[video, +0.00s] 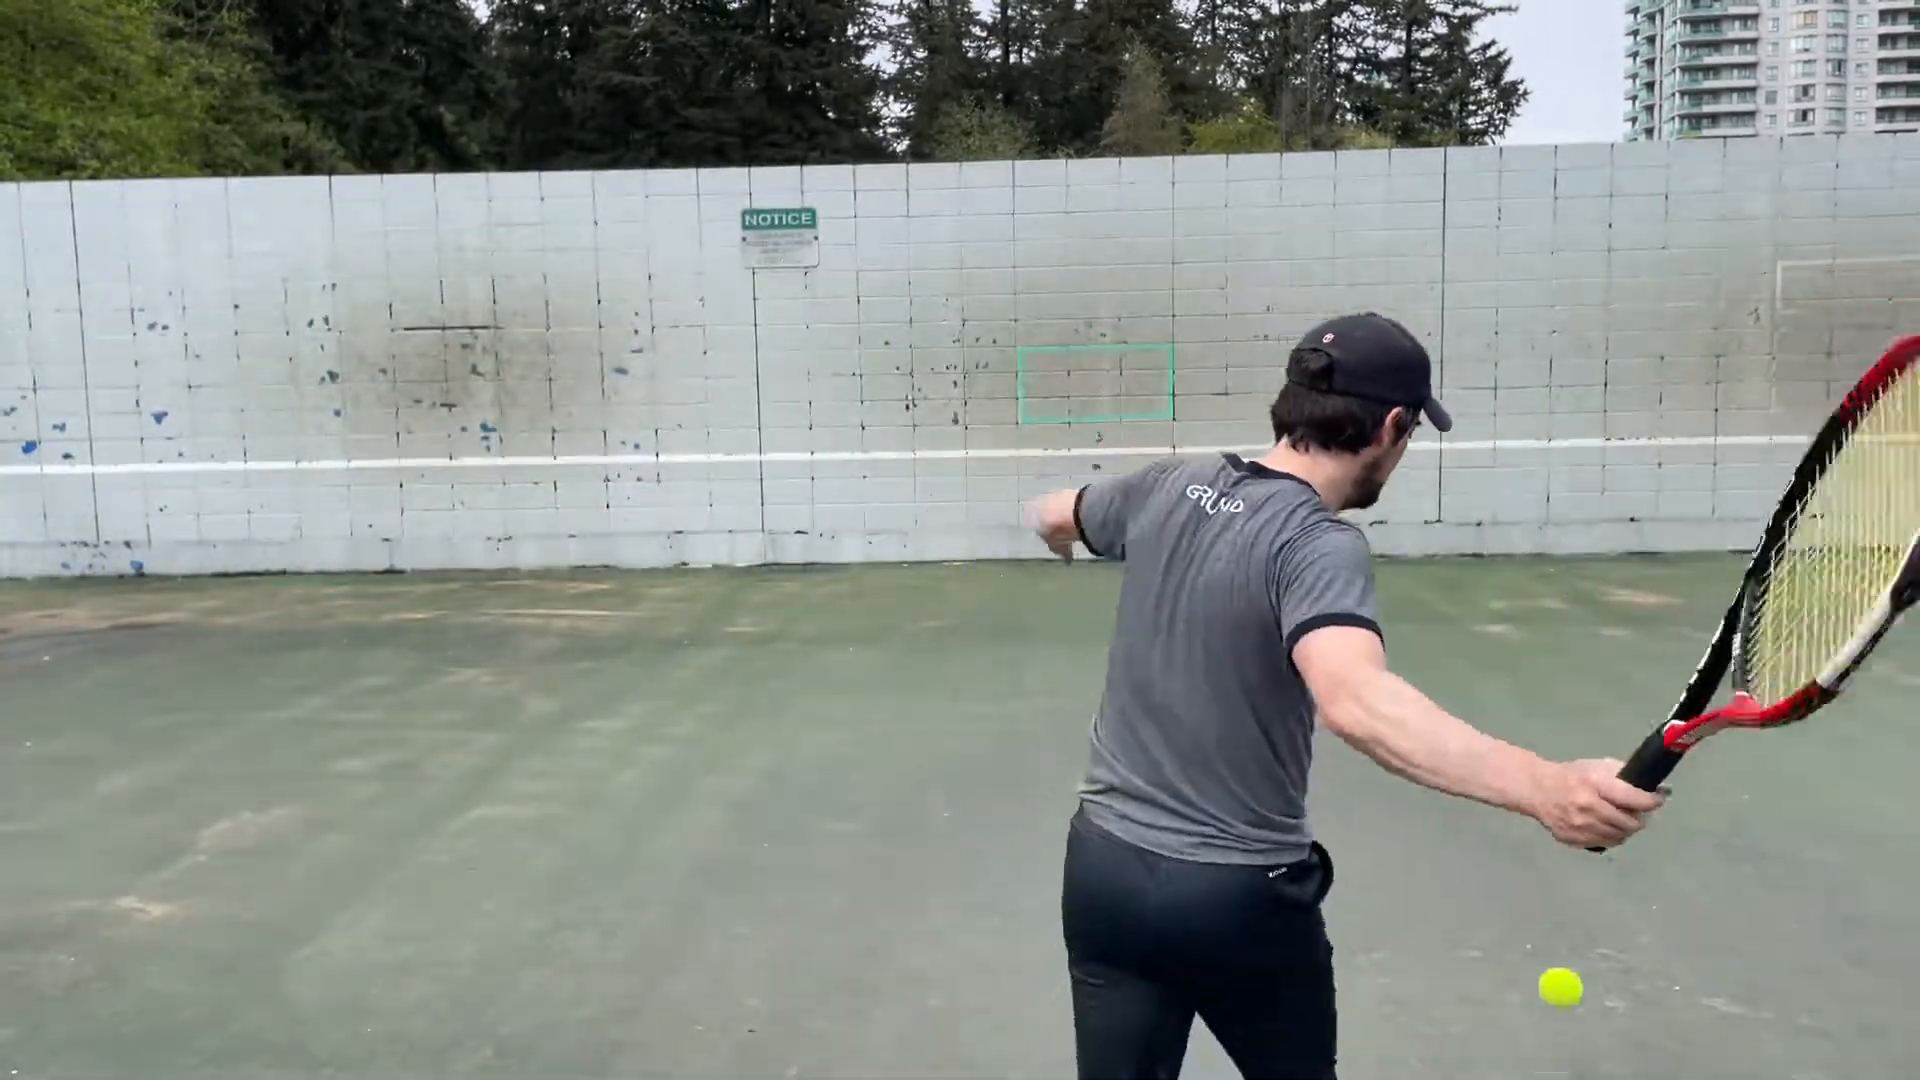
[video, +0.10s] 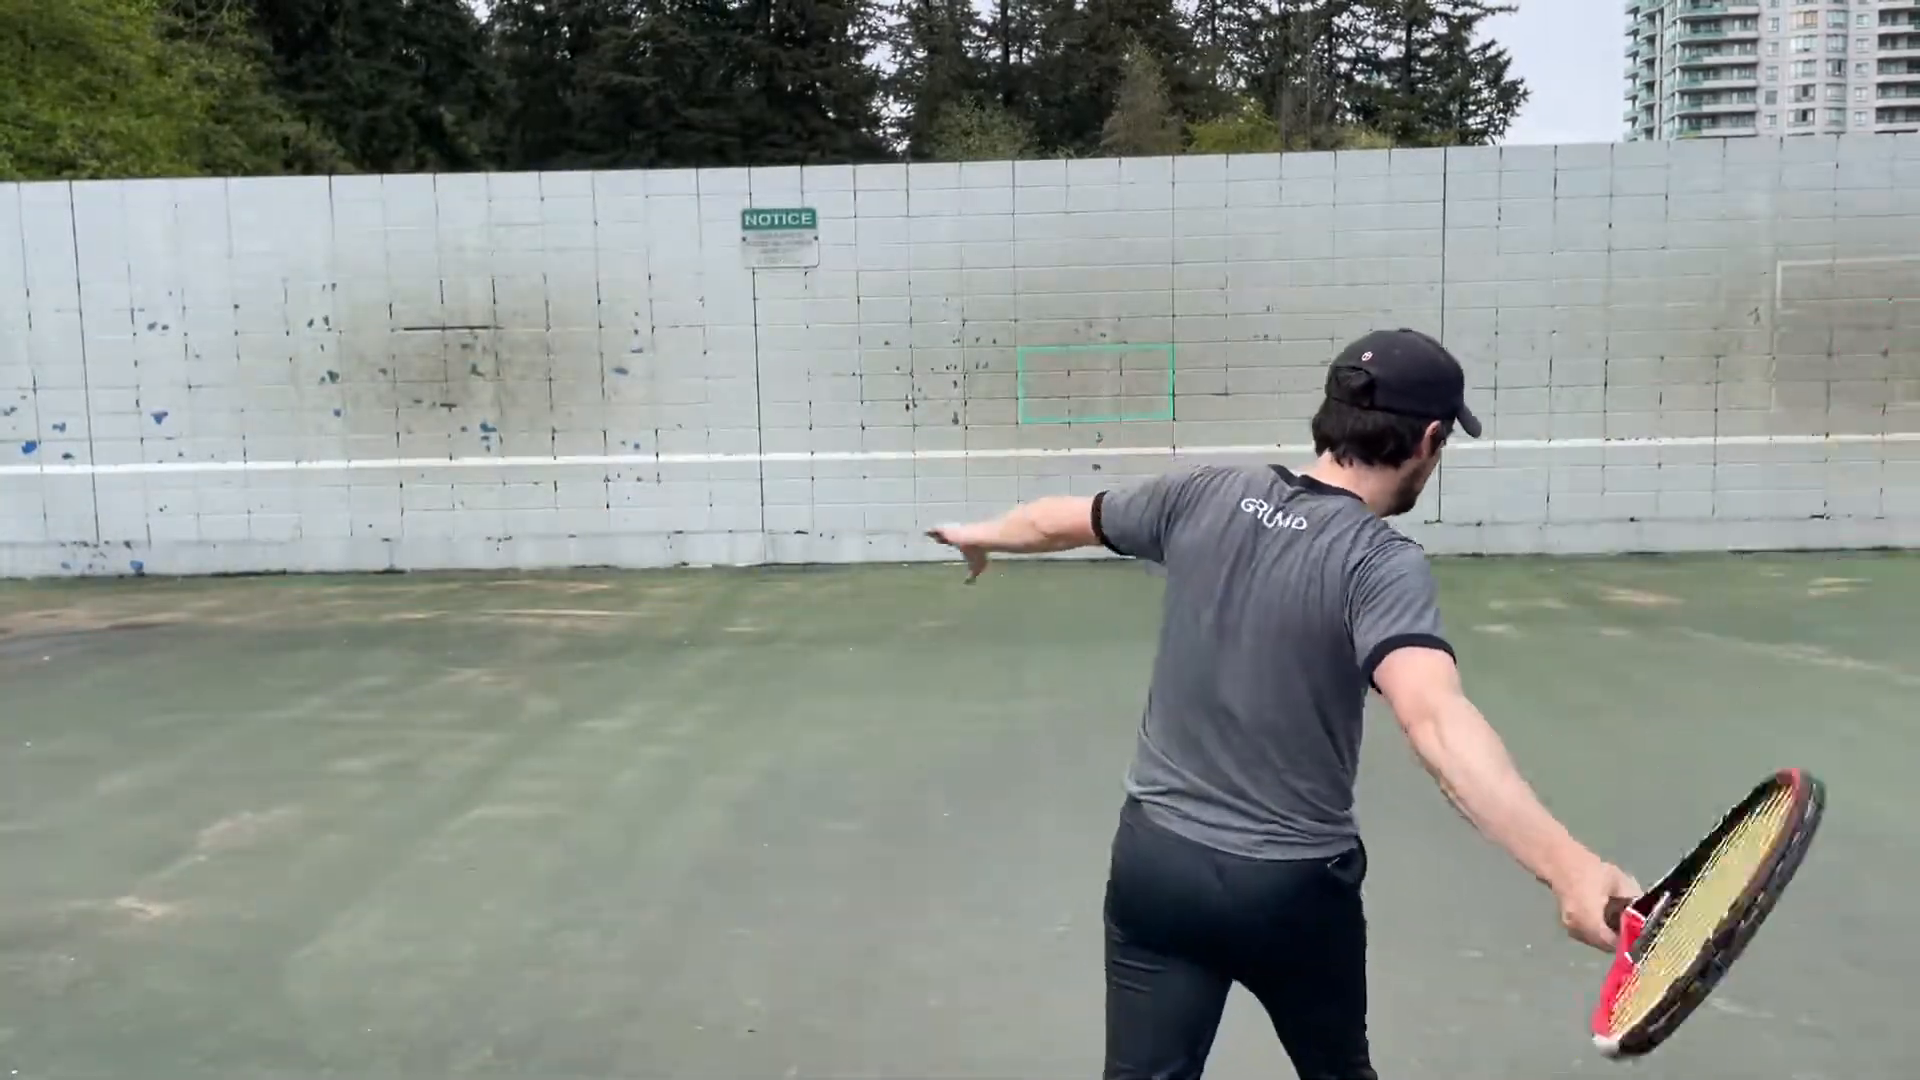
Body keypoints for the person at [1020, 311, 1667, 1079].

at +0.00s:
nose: (1403, 450)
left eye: (1412, 433)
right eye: (1410, 430)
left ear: (1292, 404)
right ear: (1387, 428)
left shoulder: (1169, 486)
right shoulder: (1318, 542)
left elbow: (1055, 516)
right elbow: (1354, 699)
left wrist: (1068, 518)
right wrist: (1545, 786)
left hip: (1106, 870)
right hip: (1242, 899)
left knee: (1116, 1070)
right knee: (1295, 1064)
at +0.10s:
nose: (1441, 457)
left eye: (1443, 439)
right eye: (1444, 439)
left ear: (1328, 418)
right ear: (1427, 441)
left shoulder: (1206, 493)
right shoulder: (1379, 557)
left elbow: (1056, 519)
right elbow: (1436, 720)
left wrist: (983, 538)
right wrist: (1568, 867)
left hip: (1157, 867)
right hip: (1293, 889)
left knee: (1142, 1070)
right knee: (1337, 1064)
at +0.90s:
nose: (1248, 337)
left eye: (1252, 326)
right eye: (1258, 325)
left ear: (1257, 345)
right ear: (1358, 353)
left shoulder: (1266, 496)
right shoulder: (1384, 458)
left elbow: (1239, 686)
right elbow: (1241, 496)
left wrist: (1148, 730)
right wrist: (1110, 517)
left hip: (1265, 801)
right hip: (1373, 791)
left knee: (1195, 1041)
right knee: (1352, 1028)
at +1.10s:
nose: (1186, 356)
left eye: (1187, 345)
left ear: (1191, 363)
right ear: (1298, 370)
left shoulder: (1161, 496)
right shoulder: (1350, 493)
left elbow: (1149, 683)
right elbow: (1361, 660)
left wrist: (1096, 715)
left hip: (1203, 827)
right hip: (1328, 822)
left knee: (1194, 1065)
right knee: (1332, 1047)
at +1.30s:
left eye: (1188, 343)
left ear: (1182, 361)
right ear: (1289, 370)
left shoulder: (1112, 498)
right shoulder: (1344, 500)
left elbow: (1078, 693)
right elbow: (1395, 688)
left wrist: (1136, 728)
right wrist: (1297, 739)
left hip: (1164, 847)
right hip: (1303, 850)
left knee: (1174, 1069)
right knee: (1330, 1067)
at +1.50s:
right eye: (1338, 355)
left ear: (1213, 362)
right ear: (1331, 377)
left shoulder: (1127, 502)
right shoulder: (1367, 523)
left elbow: (1103, 695)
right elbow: (1413, 732)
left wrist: (1182, 740)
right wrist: (1311, 774)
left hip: (1159, 870)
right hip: (1305, 879)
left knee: (1174, 1072)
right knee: (1344, 1069)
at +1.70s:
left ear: (1274, 391)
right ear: (1402, 405)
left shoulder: (1188, 536)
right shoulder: (1431, 558)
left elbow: (1180, 717)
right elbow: (1480, 788)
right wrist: (1409, 811)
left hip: (1193, 935)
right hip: (1349, 950)